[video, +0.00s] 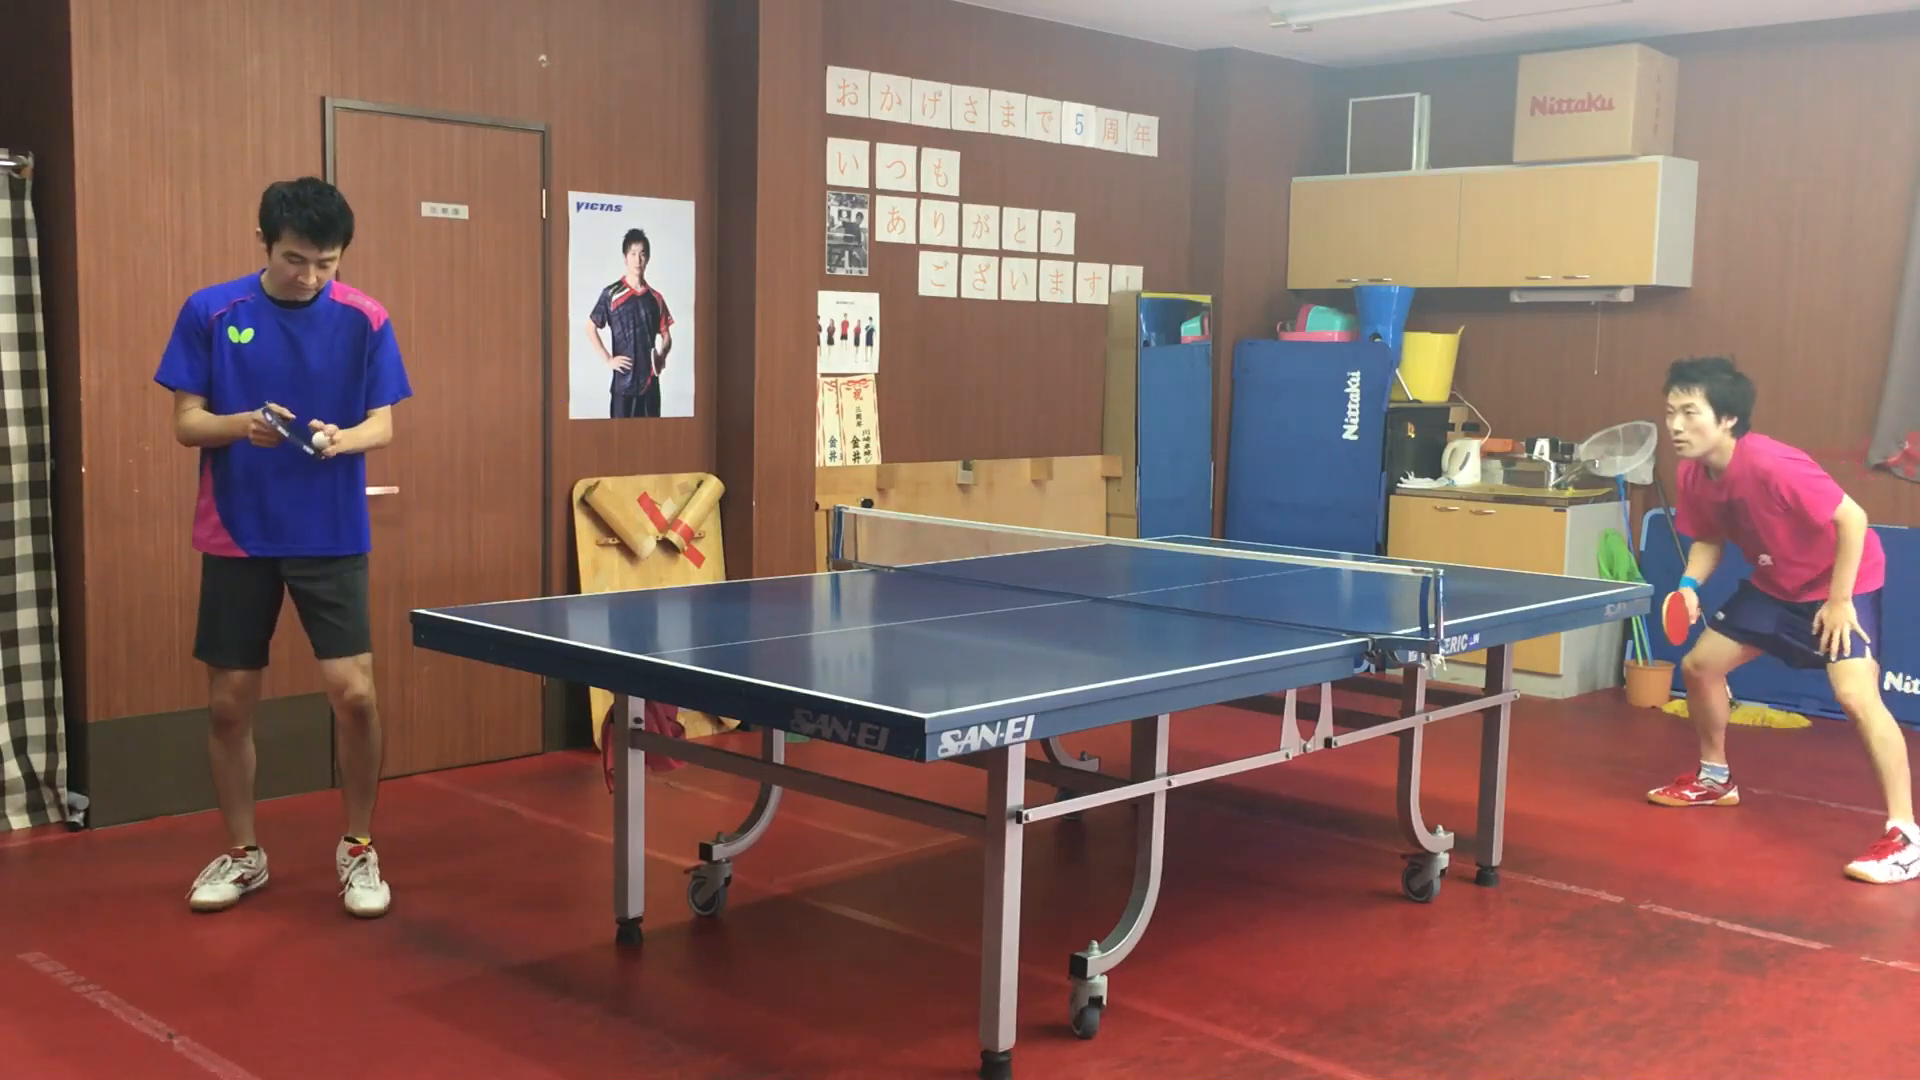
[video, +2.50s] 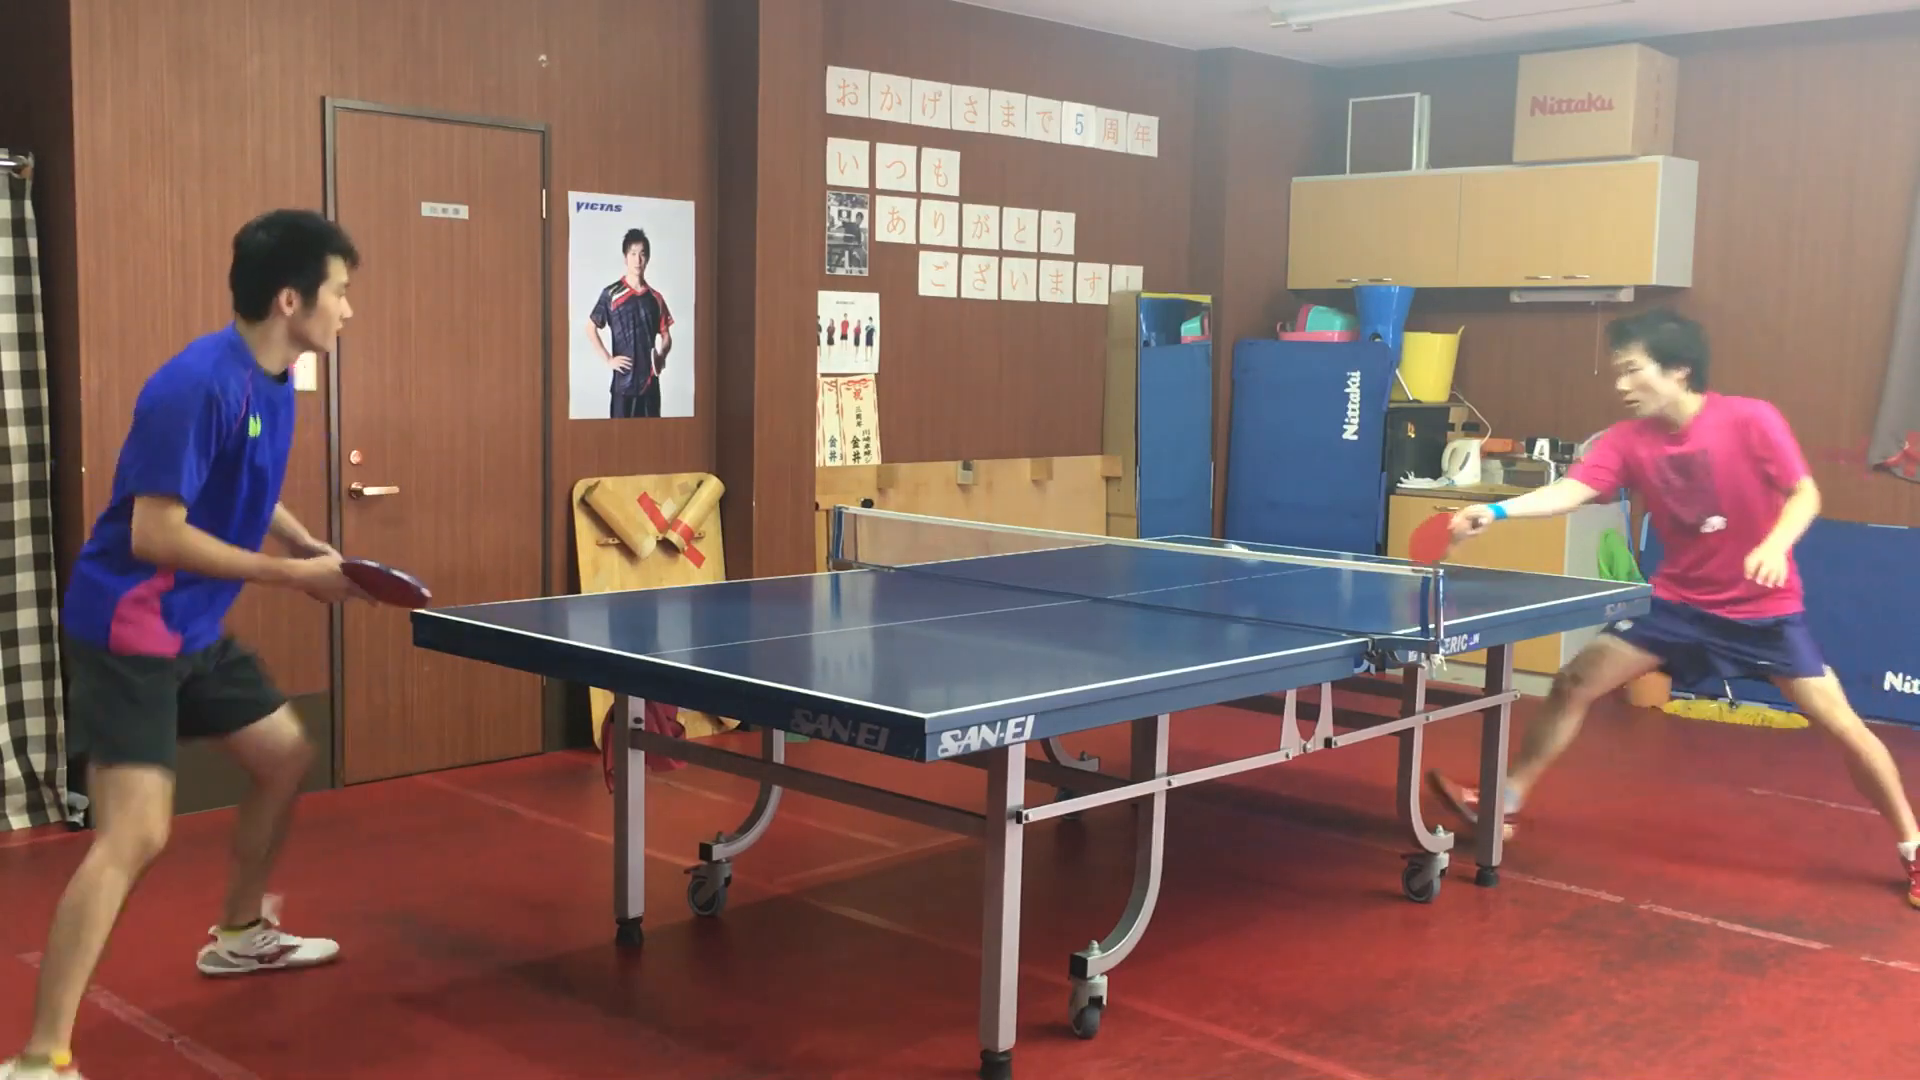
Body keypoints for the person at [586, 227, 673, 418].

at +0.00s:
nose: (638, 260)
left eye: (643, 254)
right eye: (633, 254)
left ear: (648, 258)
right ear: (625, 257)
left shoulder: (655, 297)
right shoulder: (611, 294)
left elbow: (666, 336)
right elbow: (591, 327)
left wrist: (662, 355)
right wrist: (608, 359)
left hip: (650, 378)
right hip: (624, 379)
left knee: (650, 436)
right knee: (622, 436)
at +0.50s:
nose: (638, 259)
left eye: (643, 254)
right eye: (633, 254)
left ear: (648, 258)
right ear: (625, 257)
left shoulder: (655, 297)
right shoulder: (611, 294)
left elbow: (666, 336)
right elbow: (591, 327)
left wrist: (662, 355)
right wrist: (608, 359)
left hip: (649, 378)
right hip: (624, 378)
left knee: (650, 435)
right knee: (622, 436)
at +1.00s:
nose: (638, 260)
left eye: (643, 254)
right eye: (633, 254)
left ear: (648, 258)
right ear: (625, 258)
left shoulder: (655, 297)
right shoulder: (611, 294)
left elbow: (666, 336)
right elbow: (591, 327)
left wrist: (662, 356)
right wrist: (608, 359)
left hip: (649, 378)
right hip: (624, 379)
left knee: (650, 435)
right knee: (622, 436)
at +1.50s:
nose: (639, 259)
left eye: (643, 254)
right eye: (633, 254)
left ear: (648, 258)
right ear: (625, 257)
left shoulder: (655, 297)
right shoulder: (611, 294)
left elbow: (666, 336)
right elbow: (591, 327)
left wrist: (662, 355)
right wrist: (608, 359)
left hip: (649, 378)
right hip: (624, 379)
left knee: (650, 436)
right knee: (622, 436)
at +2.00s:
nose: (639, 259)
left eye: (643, 254)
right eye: (633, 254)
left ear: (648, 258)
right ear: (625, 257)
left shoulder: (655, 297)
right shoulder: (611, 294)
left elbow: (666, 336)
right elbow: (591, 327)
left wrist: (662, 355)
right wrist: (608, 359)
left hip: (649, 378)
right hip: (624, 379)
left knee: (650, 436)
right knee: (622, 436)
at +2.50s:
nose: (639, 260)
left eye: (643, 254)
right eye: (633, 254)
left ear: (648, 258)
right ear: (625, 257)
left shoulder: (655, 297)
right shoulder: (611, 294)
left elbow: (666, 336)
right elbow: (590, 327)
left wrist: (661, 355)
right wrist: (608, 359)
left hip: (650, 380)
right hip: (624, 380)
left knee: (650, 437)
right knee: (622, 437)